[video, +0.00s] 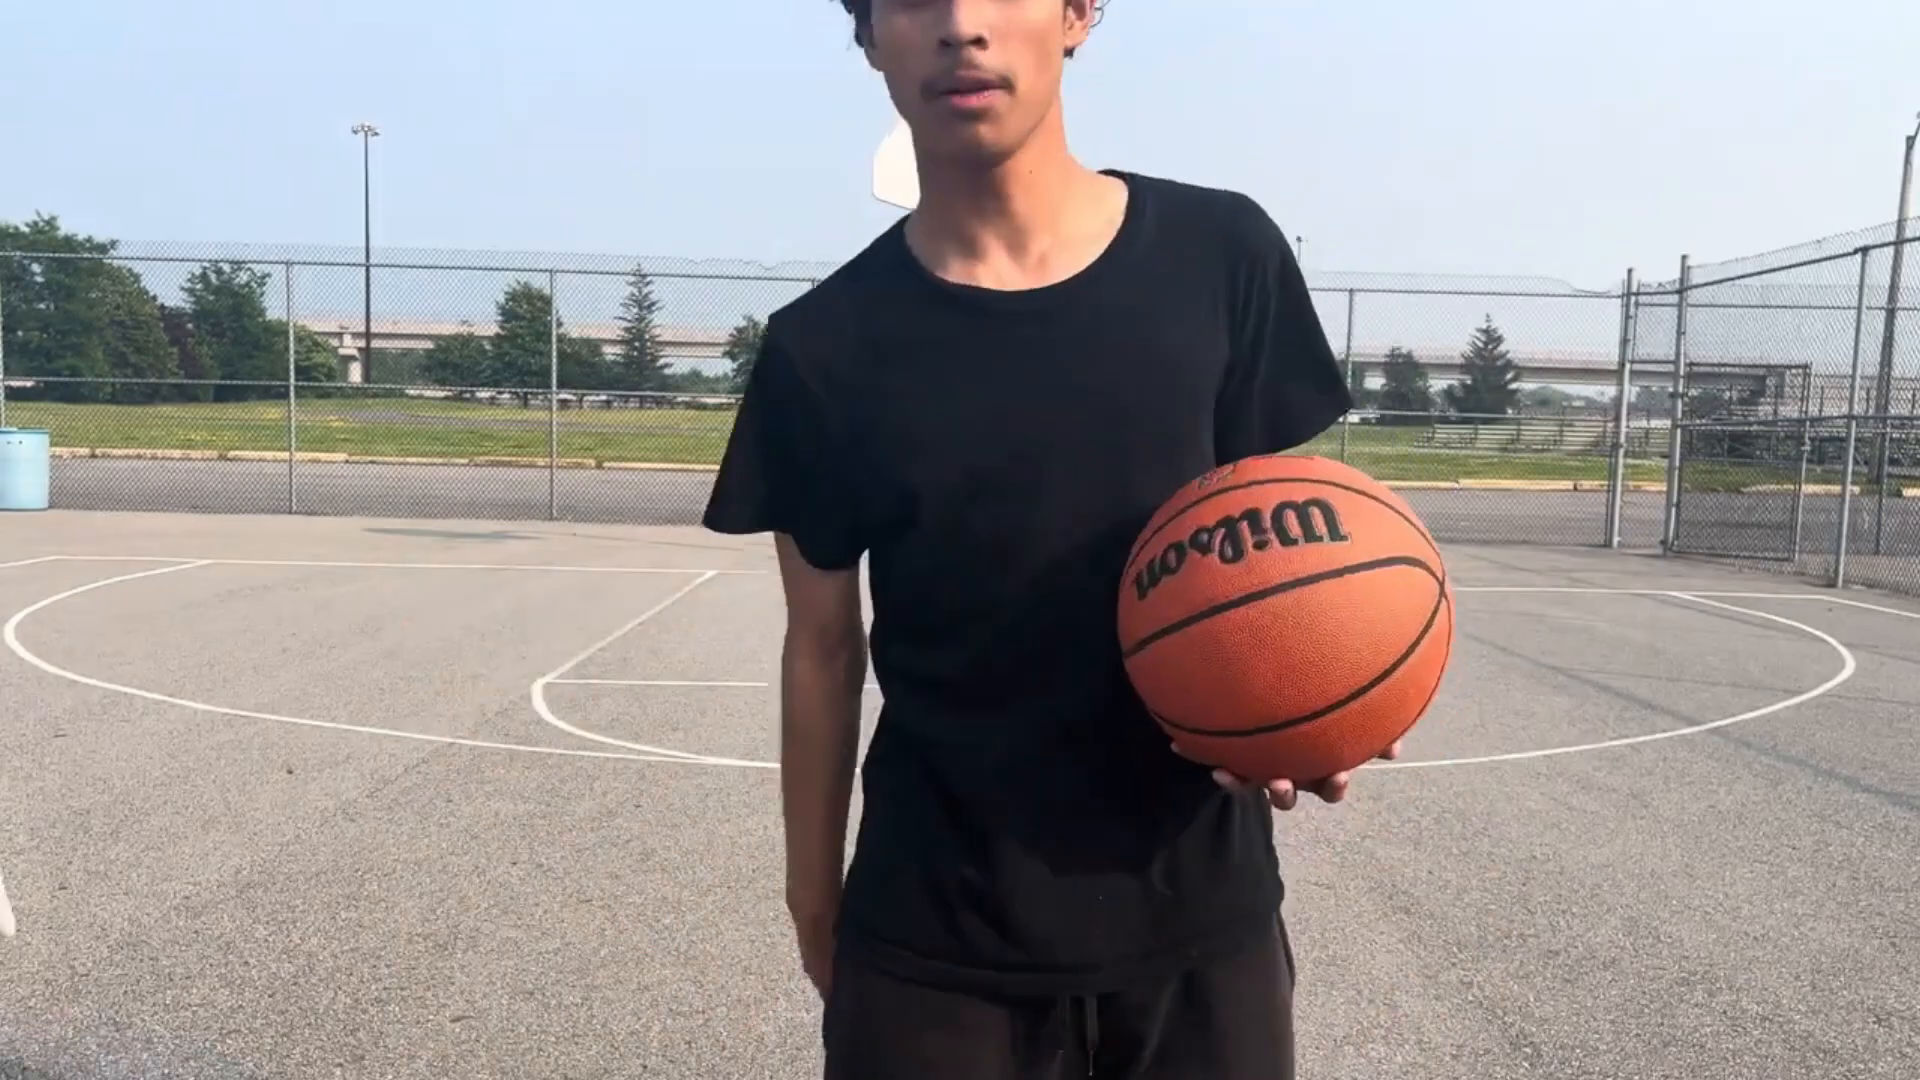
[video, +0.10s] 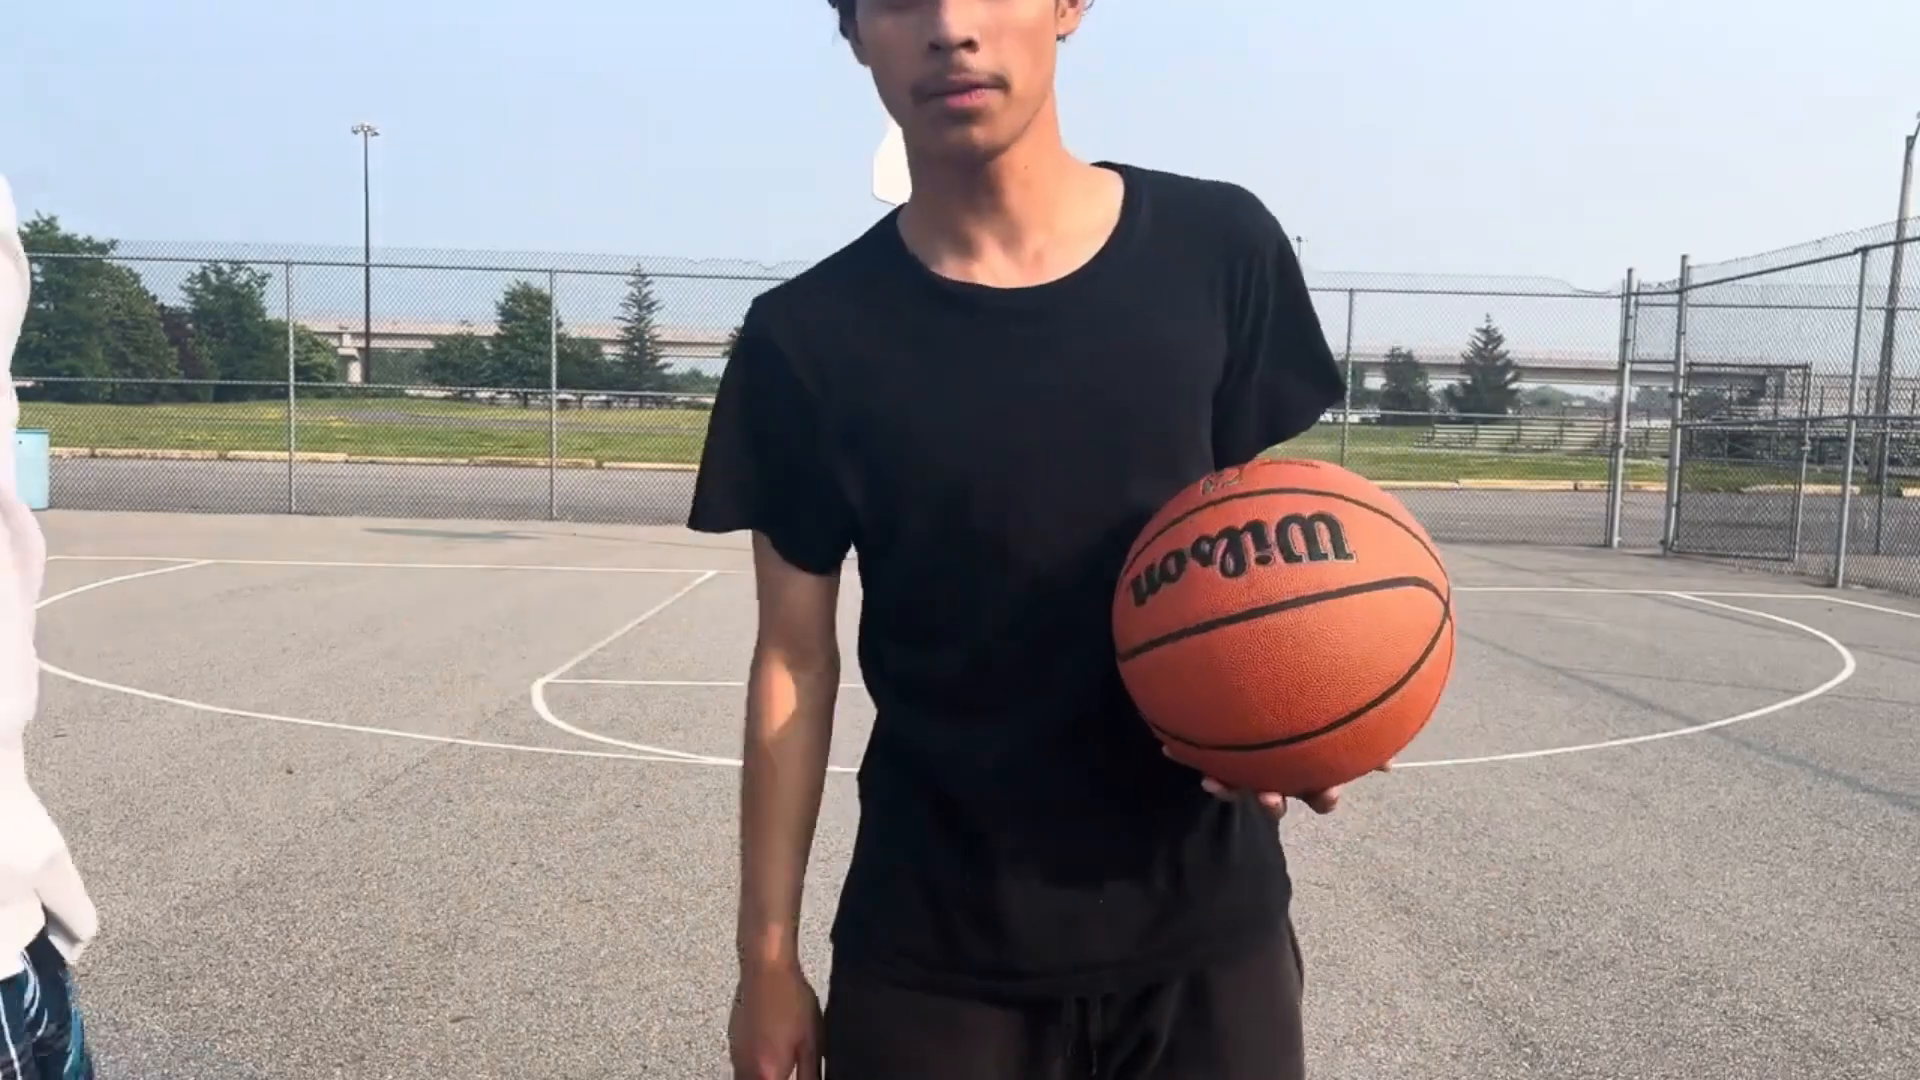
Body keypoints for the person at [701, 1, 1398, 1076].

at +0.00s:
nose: (961, 26)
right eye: (917, 1)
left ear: (1073, 20)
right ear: (869, 38)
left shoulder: (1224, 254)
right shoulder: (821, 345)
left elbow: (1294, 531)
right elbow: (821, 646)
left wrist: (1303, 697)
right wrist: (814, 904)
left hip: (1201, 919)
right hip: (937, 932)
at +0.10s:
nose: (951, 28)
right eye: (903, 1)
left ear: (1065, 11)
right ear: (858, 38)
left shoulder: (1222, 250)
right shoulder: (805, 336)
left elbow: (1275, 539)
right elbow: (793, 662)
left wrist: (1295, 702)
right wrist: (768, 956)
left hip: (1204, 934)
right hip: (933, 953)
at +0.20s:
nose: (972, 20)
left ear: (1086, 5)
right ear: (881, 29)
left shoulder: (1245, 251)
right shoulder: (808, 322)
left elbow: (1273, 546)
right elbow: (773, 642)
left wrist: (1312, 725)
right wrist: (762, 957)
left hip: (1211, 943)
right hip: (931, 957)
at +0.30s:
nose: (1021, 17)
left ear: (1141, 5)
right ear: (924, 22)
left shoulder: (1285, 268)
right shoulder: (832, 314)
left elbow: (1289, 569)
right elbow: (793, 644)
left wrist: (1333, 753)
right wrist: (796, 927)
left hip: (1217, 954)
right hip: (936, 964)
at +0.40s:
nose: (1094, 13)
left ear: (1217, 5)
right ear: (998, 18)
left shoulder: (1350, 289)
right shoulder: (885, 307)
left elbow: (1332, 591)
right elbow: (839, 655)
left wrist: (1366, 785)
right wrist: (842, 935)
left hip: (1243, 978)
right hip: (963, 987)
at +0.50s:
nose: (1183, 5)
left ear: (1301, 2)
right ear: (1090, 5)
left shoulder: (1434, 283)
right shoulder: (947, 269)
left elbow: (1411, 606)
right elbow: (886, 610)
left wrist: (1421, 808)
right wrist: (882, 909)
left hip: (1287, 988)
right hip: (994, 989)